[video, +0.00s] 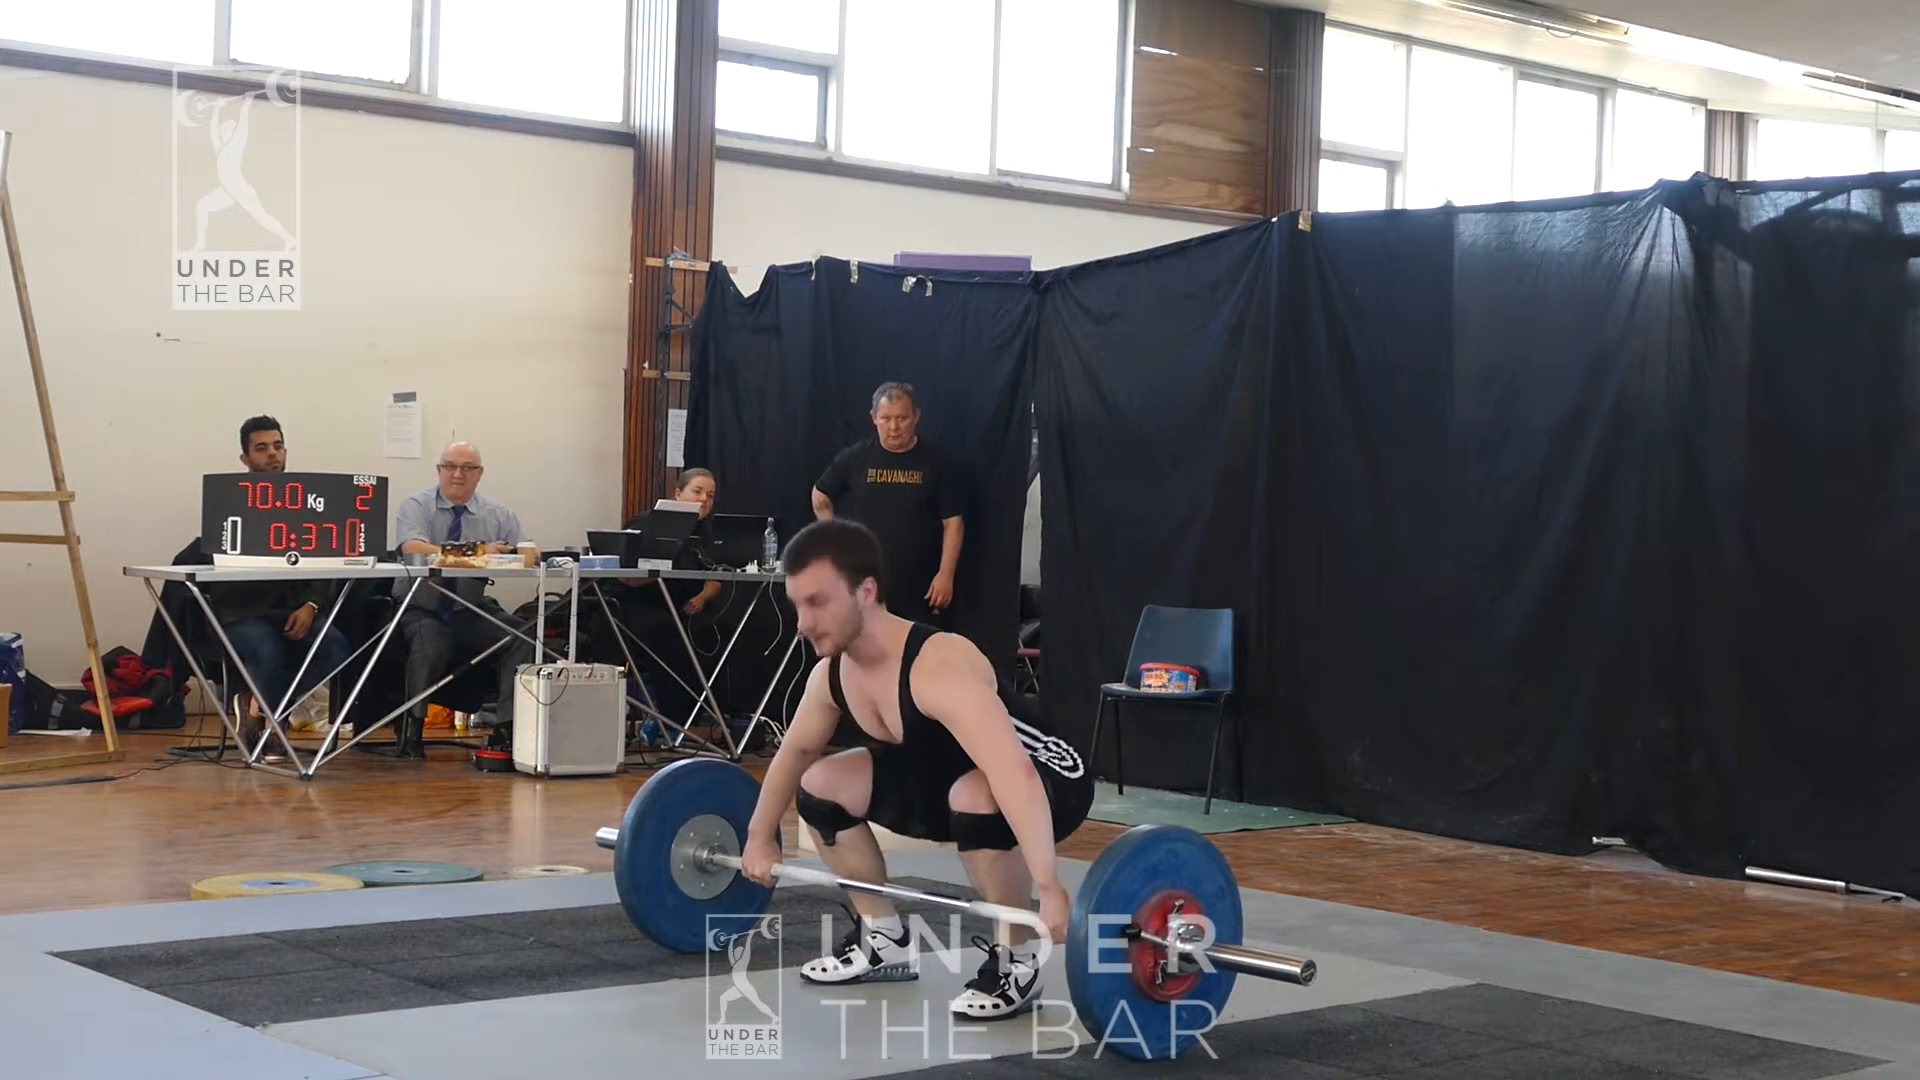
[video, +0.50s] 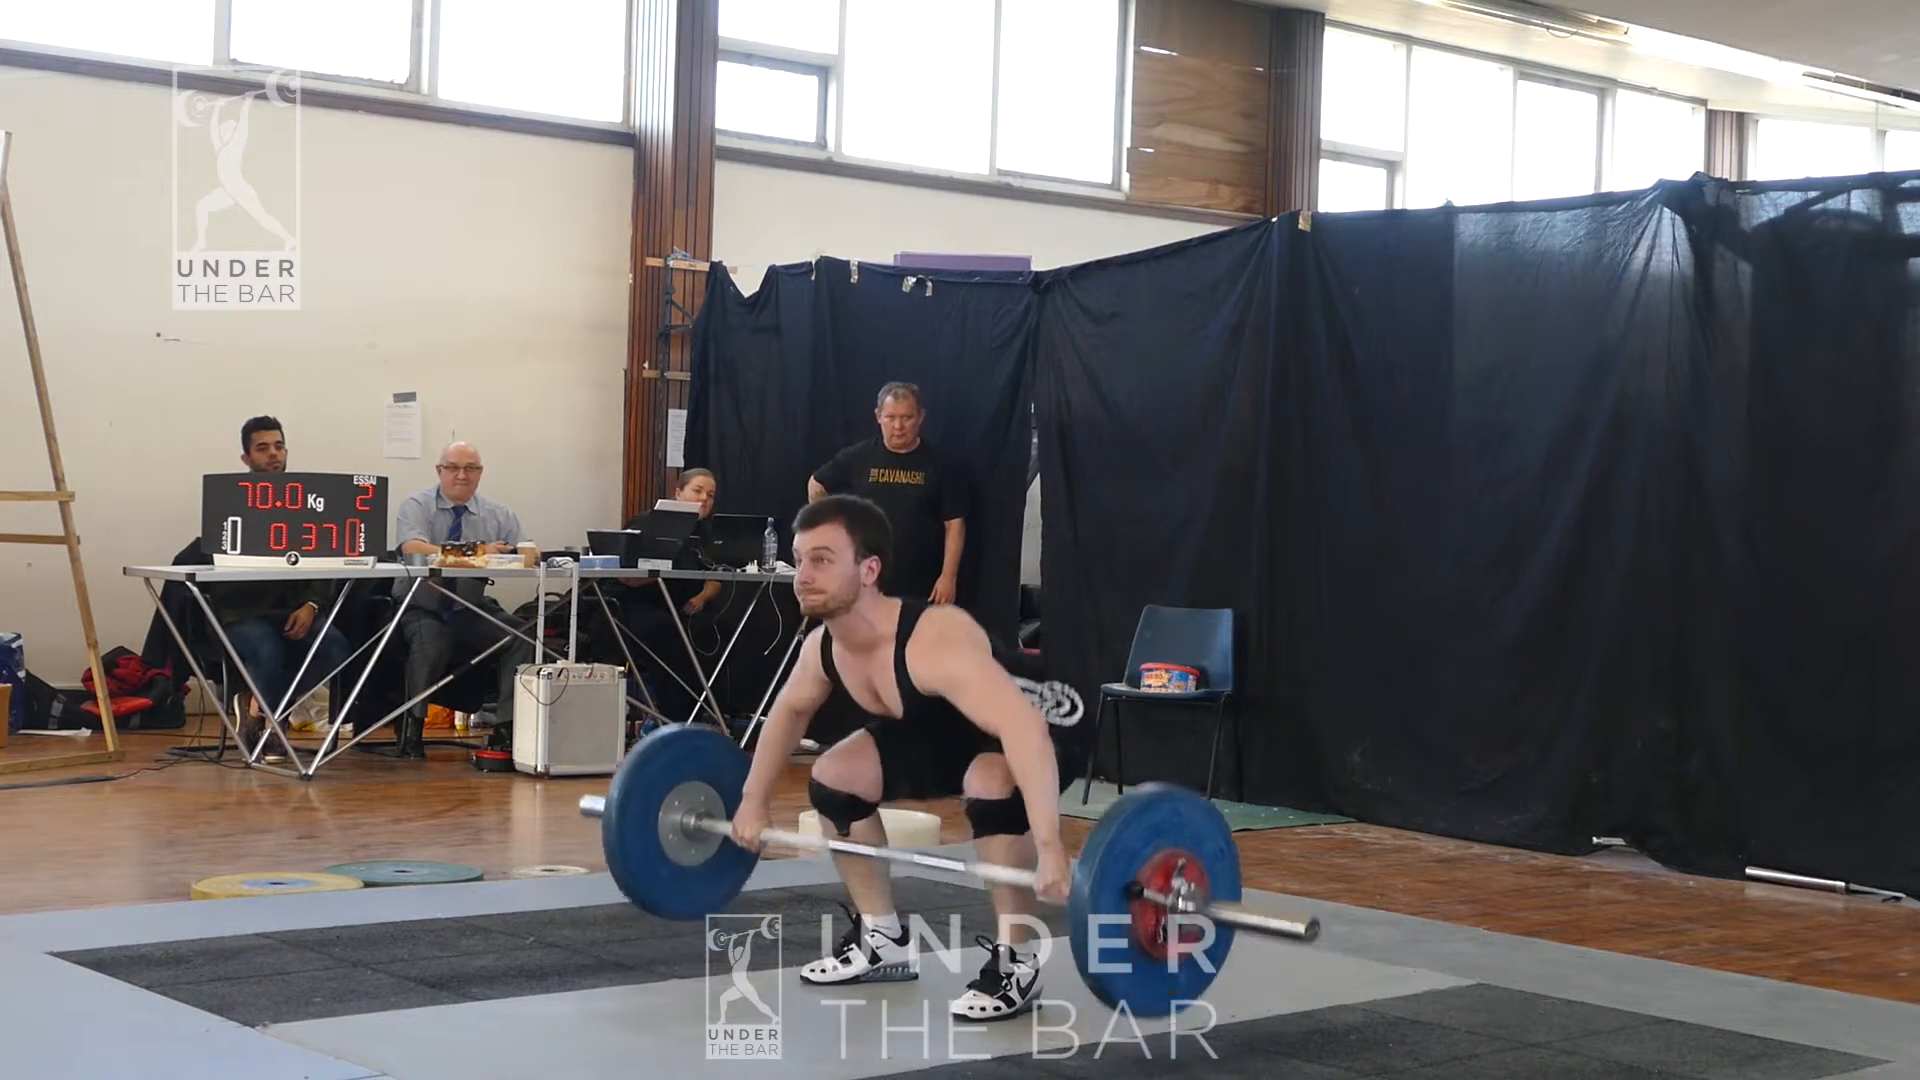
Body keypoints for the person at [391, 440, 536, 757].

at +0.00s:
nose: (457, 474)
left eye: (467, 468)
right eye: (449, 467)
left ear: (480, 474)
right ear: (438, 471)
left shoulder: (500, 515)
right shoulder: (416, 505)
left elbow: (531, 556)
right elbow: (411, 548)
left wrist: (502, 552)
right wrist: (467, 554)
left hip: (474, 609)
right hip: (423, 608)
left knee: (520, 637)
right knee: (431, 644)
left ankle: (508, 730)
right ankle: (412, 733)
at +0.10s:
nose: (458, 475)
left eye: (468, 468)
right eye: (450, 467)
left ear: (480, 474)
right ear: (438, 471)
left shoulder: (500, 515)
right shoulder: (416, 505)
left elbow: (530, 556)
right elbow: (412, 548)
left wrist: (500, 553)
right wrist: (467, 554)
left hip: (475, 609)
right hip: (424, 608)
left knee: (520, 637)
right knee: (431, 644)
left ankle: (508, 730)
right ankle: (412, 733)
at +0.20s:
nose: (459, 475)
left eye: (469, 469)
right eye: (451, 468)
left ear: (480, 474)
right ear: (438, 471)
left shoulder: (501, 515)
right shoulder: (416, 505)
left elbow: (530, 556)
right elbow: (412, 548)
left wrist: (500, 553)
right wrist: (467, 554)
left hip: (475, 609)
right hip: (424, 608)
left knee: (520, 637)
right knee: (431, 644)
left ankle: (508, 730)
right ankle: (412, 733)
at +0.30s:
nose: (461, 475)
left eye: (470, 468)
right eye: (452, 468)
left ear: (481, 474)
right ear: (438, 471)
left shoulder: (500, 515)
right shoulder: (417, 505)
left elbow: (530, 555)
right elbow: (412, 548)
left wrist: (501, 553)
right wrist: (467, 554)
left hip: (475, 609)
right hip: (424, 608)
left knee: (520, 637)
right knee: (431, 644)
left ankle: (508, 730)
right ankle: (412, 733)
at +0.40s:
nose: (461, 475)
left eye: (470, 469)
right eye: (452, 468)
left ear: (481, 474)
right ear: (438, 471)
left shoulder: (500, 515)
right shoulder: (417, 505)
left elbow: (530, 555)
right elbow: (412, 548)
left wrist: (500, 553)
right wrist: (467, 554)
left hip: (475, 609)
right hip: (424, 608)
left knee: (520, 637)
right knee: (431, 644)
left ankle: (508, 730)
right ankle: (412, 733)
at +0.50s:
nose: (461, 475)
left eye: (470, 469)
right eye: (452, 468)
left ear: (481, 474)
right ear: (438, 471)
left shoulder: (500, 515)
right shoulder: (417, 505)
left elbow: (530, 555)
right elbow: (412, 548)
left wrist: (500, 553)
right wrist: (468, 554)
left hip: (475, 609)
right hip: (424, 608)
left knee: (520, 637)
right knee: (431, 644)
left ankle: (508, 730)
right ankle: (412, 733)